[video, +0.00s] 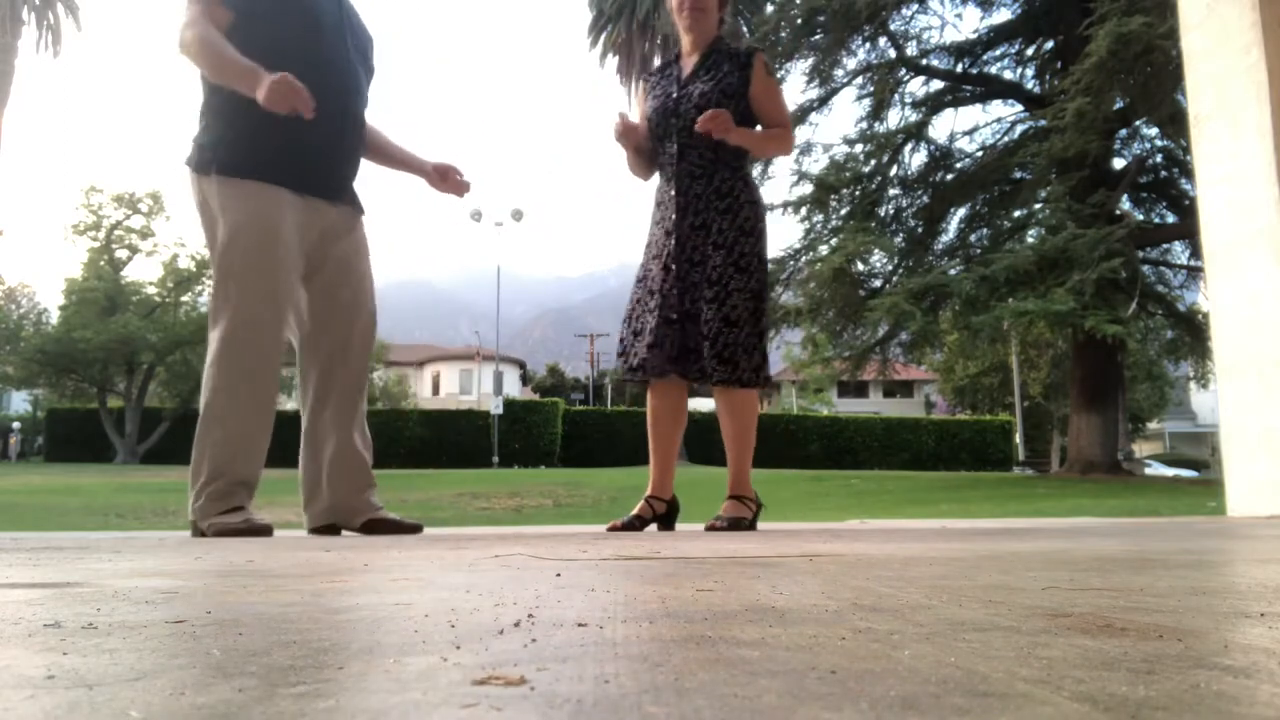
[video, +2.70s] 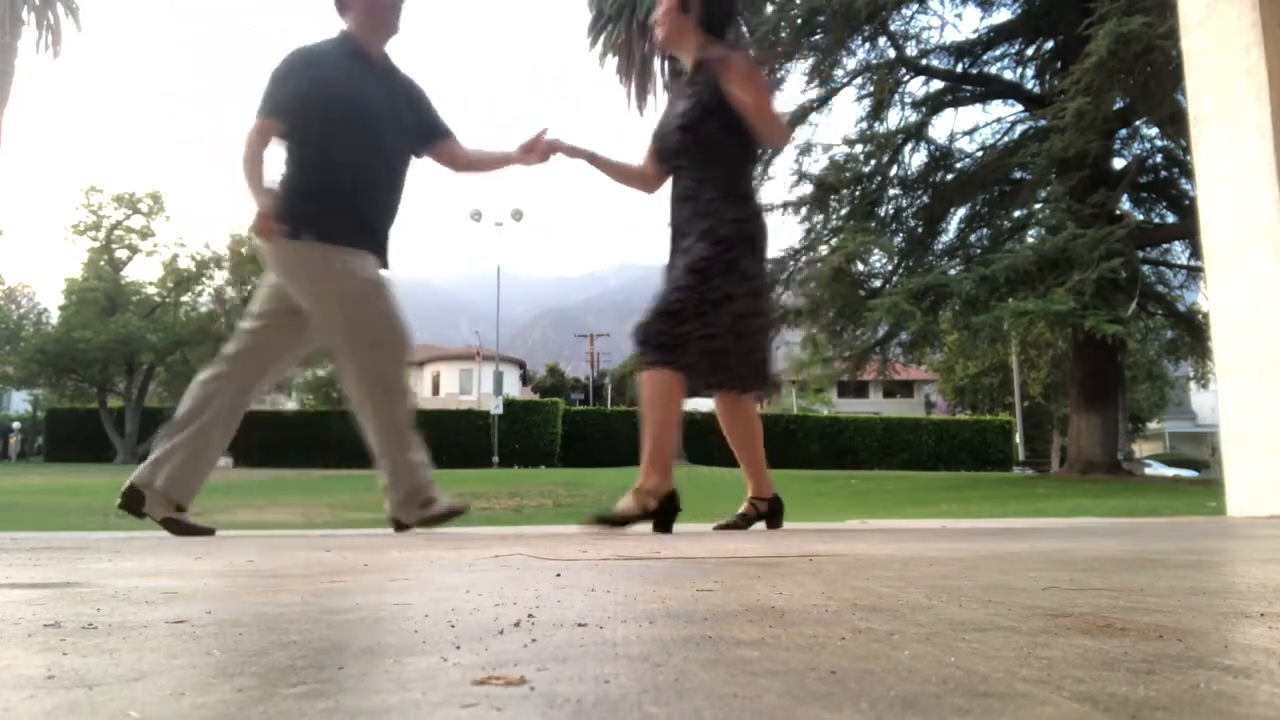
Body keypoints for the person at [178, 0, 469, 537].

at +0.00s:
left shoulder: (354, 27)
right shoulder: (240, 1)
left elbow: (345, 123)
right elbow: (195, 33)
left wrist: (423, 167)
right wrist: (259, 81)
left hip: (332, 192)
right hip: (250, 172)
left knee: (343, 342)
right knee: (250, 334)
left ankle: (341, 503)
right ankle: (220, 504)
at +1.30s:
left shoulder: (365, 16)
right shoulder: (242, 2)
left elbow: (402, 115)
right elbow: (196, 37)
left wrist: (491, 138)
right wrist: (238, 119)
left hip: (332, 192)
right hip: (248, 175)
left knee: (341, 348)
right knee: (236, 344)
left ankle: (340, 504)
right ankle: (219, 505)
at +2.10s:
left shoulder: (353, 38)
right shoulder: (229, 5)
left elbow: (424, 113)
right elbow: (181, 70)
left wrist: (513, 122)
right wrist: (202, 113)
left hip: (314, 208)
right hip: (233, 197)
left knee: (324, 340)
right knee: (239, 350)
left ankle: (266, 485)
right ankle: (250, 503)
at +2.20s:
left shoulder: (353, 47)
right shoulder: (229, 10)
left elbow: (429, 109)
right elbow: (180, 90)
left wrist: (516, 138)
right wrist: (181, 147)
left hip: (303, 221)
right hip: (224, 202)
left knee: (290, 352)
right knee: (233, 353)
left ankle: (184, 459)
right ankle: (251, 504)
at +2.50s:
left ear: (342, 2)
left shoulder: (365, 61)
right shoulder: (249, 31)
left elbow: (436, 104)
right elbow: (194, 107)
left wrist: (521, 111)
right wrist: (184, 169)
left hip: (295, 228)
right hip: (245, 214)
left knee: (234, 353)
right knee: (284, 346)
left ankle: (159, 488)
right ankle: (260, 499)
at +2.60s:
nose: (362, 5)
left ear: (366, 6)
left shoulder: (377, 74)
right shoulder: (271, 47)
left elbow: (443, 123)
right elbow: (216, 122)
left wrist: (521, 126)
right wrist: (213, 181)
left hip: (309, 229)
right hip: (271, 220)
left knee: (239, 364)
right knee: (335, 338)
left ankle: (158, 490)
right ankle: (338, 494)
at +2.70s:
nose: (390, 14)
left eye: (393, 6)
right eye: (379, 4)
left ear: (397, 13)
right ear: (350, 7)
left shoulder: (402, 92)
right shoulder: (310, 63)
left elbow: (454, 155)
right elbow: (255, 145)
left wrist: (517, 157)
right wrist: (260, 199)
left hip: (344, 247)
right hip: (309, 239)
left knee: (242, 367)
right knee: (379, 354)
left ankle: (157, 489)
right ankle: (412, 500)